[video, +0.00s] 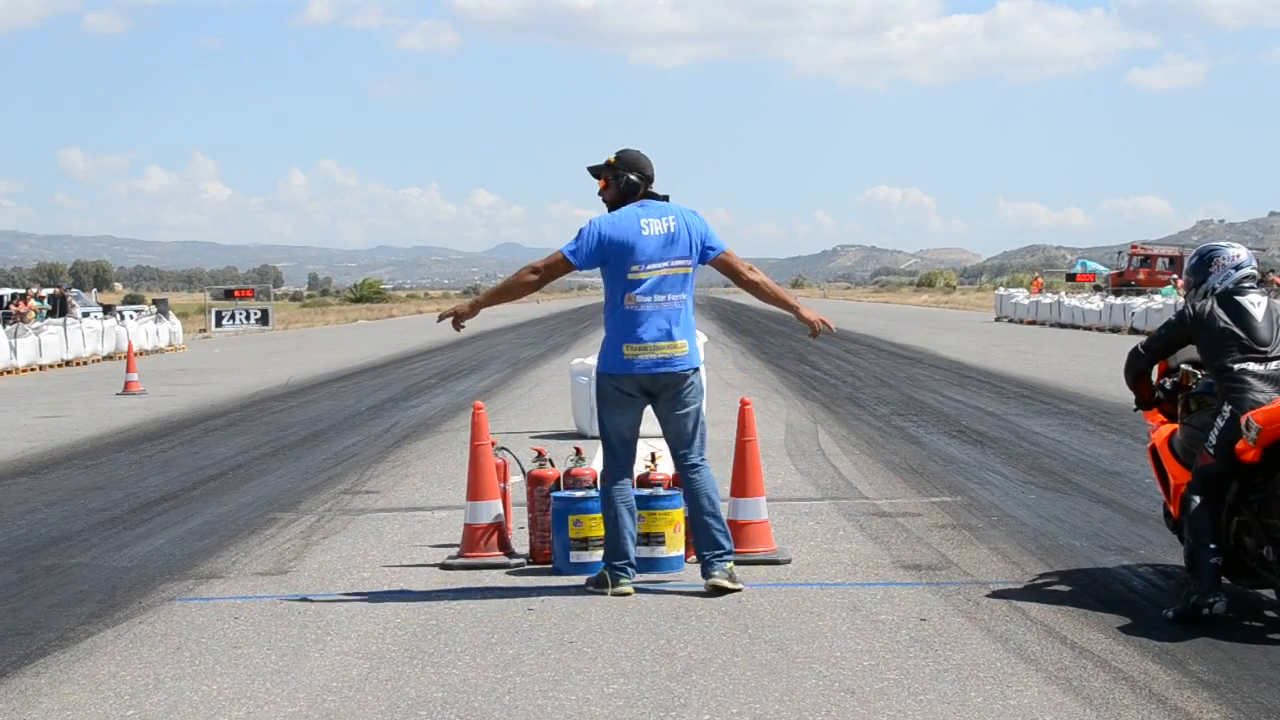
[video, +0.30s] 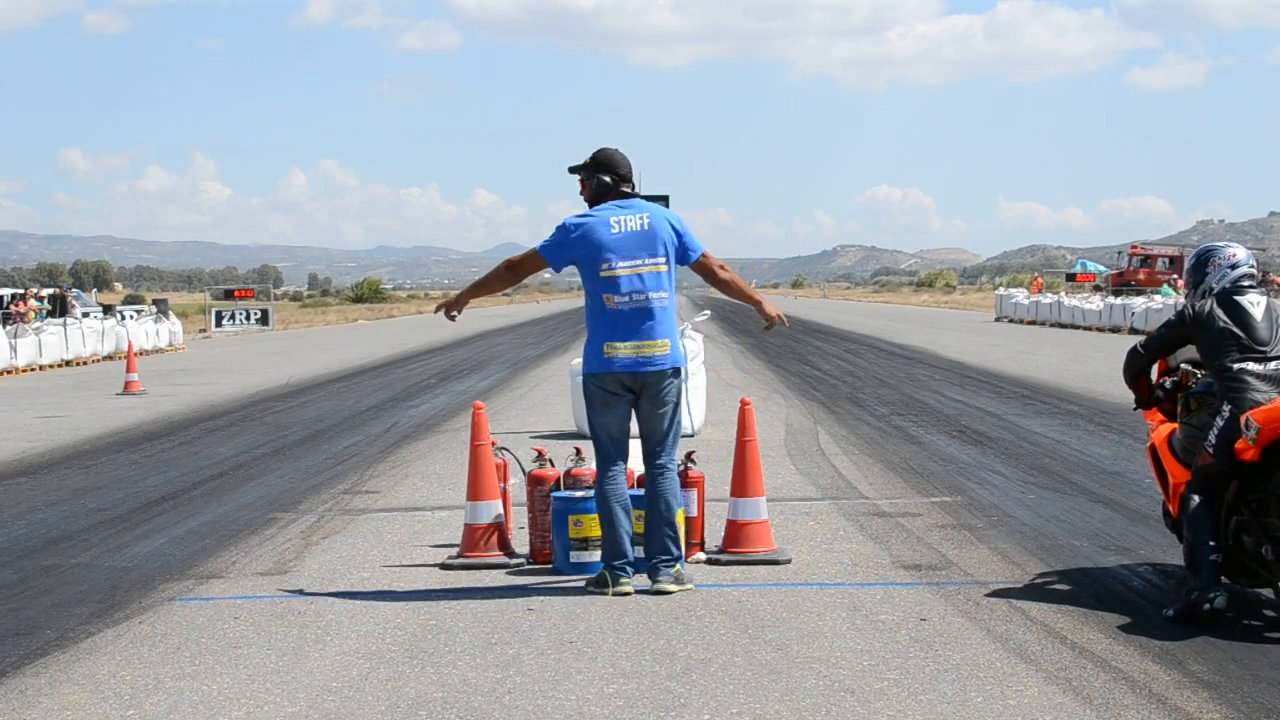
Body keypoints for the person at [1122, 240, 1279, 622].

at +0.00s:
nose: (1187, 288)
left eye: (1191, 280)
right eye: (1188, 281)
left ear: (1206, 276)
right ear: (1245, 268)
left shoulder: (1200, 309)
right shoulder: (1273, 303)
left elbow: (1139, 357)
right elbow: (1260, 353)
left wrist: (1148, 397)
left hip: (1244, 404)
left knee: (1199, 494)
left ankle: (1206, 592)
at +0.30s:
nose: (1188, 288)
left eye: (1191, 280)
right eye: (1189, 281)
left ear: (1204, 276)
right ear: (1247, 269)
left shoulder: (1200, 310)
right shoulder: (1272, 304)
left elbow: (1136, 359)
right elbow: (1259, 353)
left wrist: (1150, 398)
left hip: (1243, 405)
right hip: (1279, 399)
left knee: (1199, 490)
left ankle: (1205, 588)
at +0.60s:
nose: (1191, 283)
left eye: (1195, 276)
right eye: (1193, 277)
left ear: (1206, 273)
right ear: (1247, 270)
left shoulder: (1198, 310)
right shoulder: (1272, 304)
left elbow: (1135, 356)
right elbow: (1258, 354)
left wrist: (1147, 395)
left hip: (1240, 403)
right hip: (1279, 398)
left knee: (1193, 488)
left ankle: (1203, 574)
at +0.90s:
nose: (1190, 283)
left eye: (1193, 276)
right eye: (1191, 277)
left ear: (1204, 273)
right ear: (1245, 272)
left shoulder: (1195, 309)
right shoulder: (1271, 306)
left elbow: (1133, 353)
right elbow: (1260, 354)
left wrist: (1137, 389)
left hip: (1233, 403)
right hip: (1277, 398)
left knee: (1180, 485)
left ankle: (1196, 555)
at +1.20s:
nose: (1179, 283)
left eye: (1180, 277)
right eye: (1180, 278)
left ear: (1188, 276)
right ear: (1232, 275)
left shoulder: (1181, 310)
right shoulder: (1262, 310)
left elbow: (1119, 350)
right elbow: (1276, 348)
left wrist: (1126, 387)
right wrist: (1254, 362)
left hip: (1219, 405)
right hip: (1269, 398)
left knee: (1159, 477)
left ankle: (1165, 567)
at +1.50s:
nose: (1167, 282)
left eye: (1169, 275)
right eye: (1169, 275)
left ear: (1176, 275)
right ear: (1217, 274)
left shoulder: (1166, 310)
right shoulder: (1247, 308)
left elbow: (1105, 355)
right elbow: (1275, 344)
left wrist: (1119, 389)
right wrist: (1267, 369)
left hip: (1209, 401)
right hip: (1261, 392)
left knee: (1162, 480)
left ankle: (1165, 570)